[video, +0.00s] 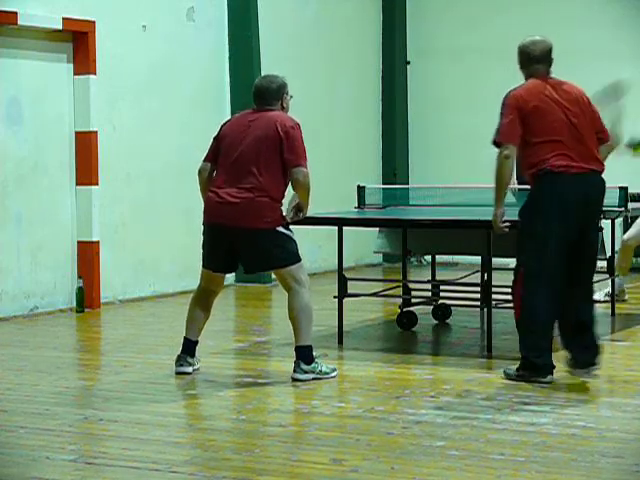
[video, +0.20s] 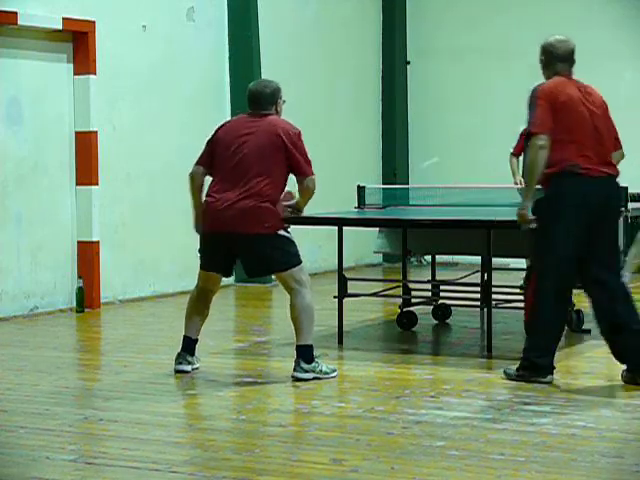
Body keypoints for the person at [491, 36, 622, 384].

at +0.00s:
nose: (523, 70)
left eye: (521, 65)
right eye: (534, 62)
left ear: (521, 65)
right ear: (550, 63)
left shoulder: (518, 97)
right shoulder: (576, 93)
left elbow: (507, 152)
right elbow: (607, 142)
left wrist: (499, 205)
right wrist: (581, 170)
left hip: (551, 189)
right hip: (591, 188)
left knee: (537, 273)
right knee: (577, 271)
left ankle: (536, 364)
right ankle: (584, 355)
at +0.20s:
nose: (540, 67)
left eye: (540, 62)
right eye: (544, 62)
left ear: (544, 62)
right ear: (572, 64)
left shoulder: (545, 91)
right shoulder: (594, 96)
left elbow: (539, 143)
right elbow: (616, 152)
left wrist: (527, 200)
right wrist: (588, 181)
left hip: (566, 191)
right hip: (606, 192)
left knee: (551, 277)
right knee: (605, 277)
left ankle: (537, 364)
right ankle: (636, 361)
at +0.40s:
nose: (554, 70)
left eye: (554, 65)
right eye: (555, 65)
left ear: (560, 64)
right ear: (586, 66)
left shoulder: (563, 90)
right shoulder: (608, 96)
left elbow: (565, 137)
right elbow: (622, 148)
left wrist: (557, 193)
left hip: (592, 189)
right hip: (627, 190)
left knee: (575, 277)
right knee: (630, 279)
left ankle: (548, 364)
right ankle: (638, 365)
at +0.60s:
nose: (554, 67)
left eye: (555, 61)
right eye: (556, 61)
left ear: (561, 61)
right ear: (587, 62)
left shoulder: (560, 91)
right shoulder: (613, 95)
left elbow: (560, 140)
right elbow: (637, 142)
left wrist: (549, 197)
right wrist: (624, 177)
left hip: (585, 192)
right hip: (626, 193)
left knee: (570, 278)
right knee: (629, 278)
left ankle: (553, 365)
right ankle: (638, 363)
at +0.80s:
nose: (540, 74)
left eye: (540, 69)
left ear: (541, 70)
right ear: (569, 69)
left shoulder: (538, 100)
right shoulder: (594, 101)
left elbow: (534, 150)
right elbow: (623, 158)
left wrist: (522, 206)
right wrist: (606, 195)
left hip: (564, 202)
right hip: (609, 201)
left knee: (536, 279)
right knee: (620, 284)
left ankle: (506, 359)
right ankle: (637, 364)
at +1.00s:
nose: (499, 80)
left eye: (498, 75)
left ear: (498, 77)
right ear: (526, 75)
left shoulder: (494, 111)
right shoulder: (552, 106)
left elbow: (482, 165)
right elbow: (578, 155)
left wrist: (472, 217)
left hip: (522, 208)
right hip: (567, 205)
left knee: (486, 279)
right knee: (591, 281)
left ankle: (485, 363)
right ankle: (636, 362)